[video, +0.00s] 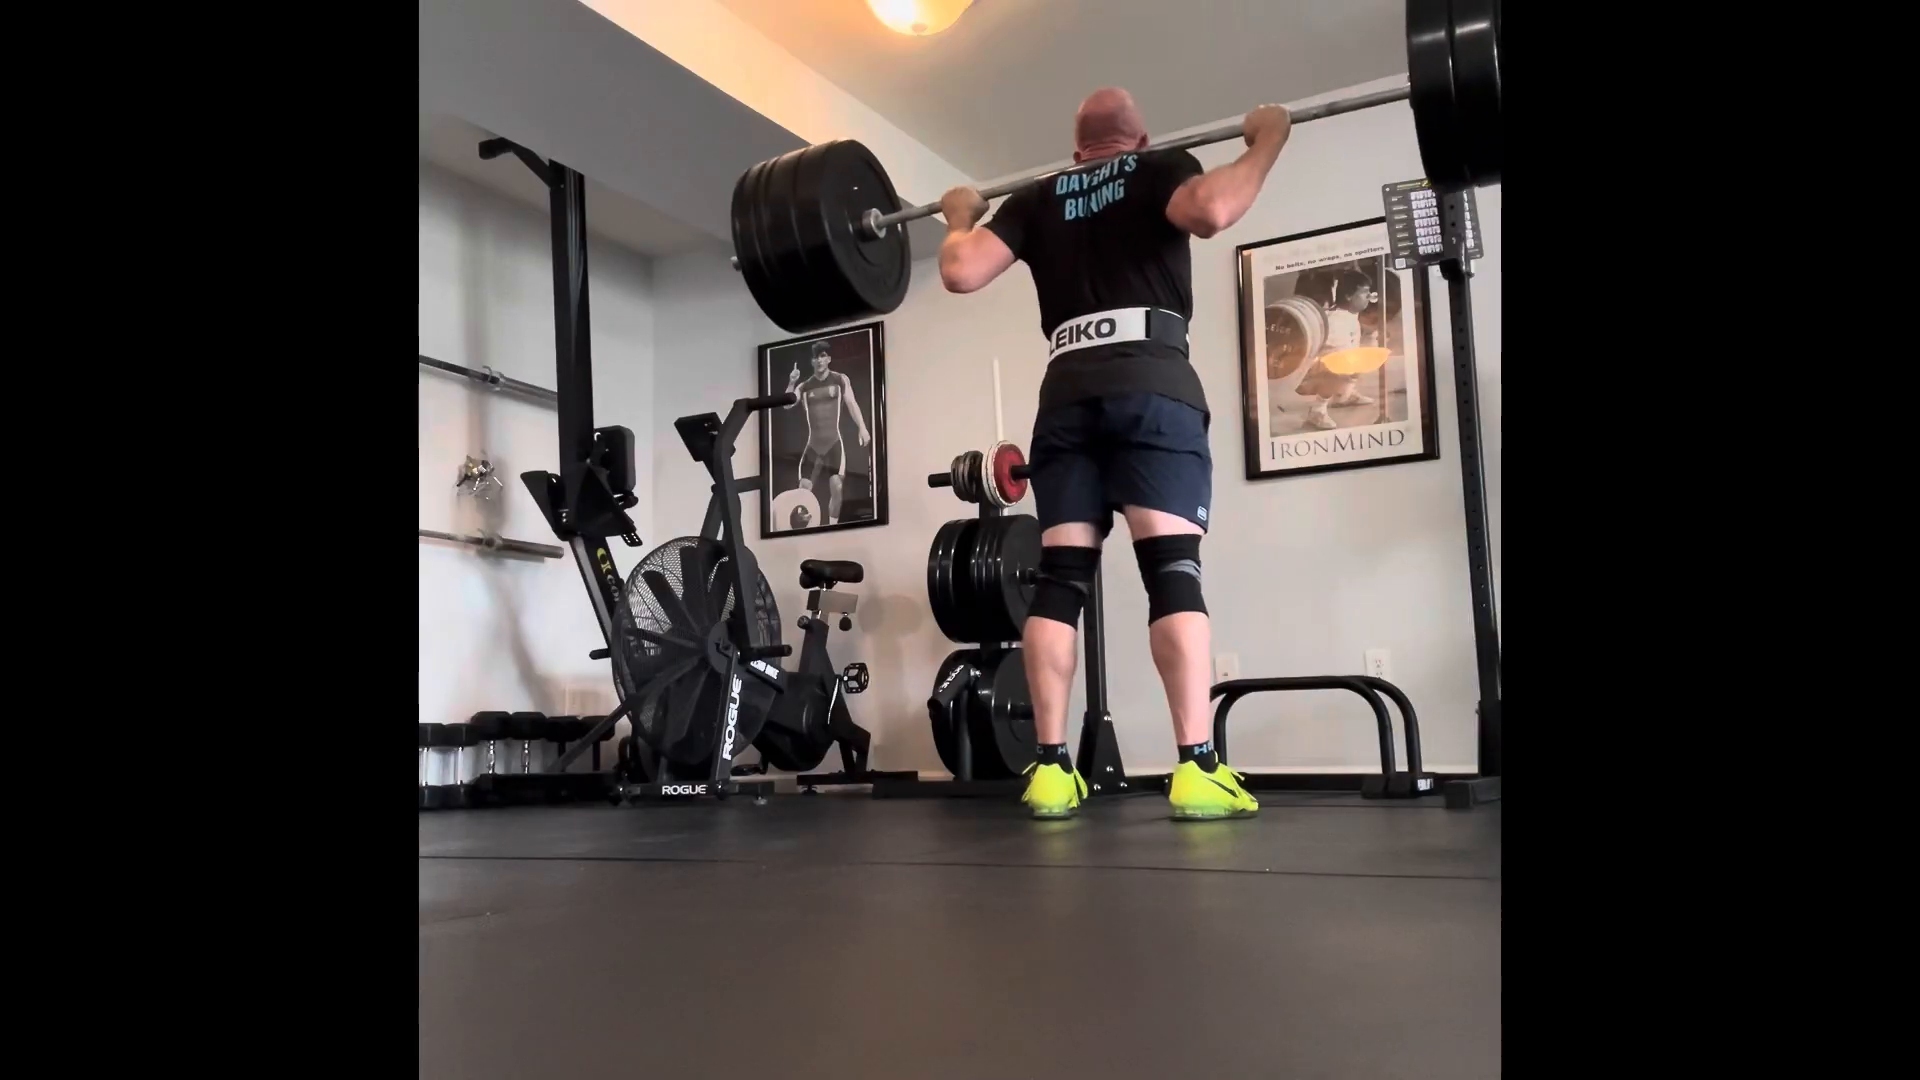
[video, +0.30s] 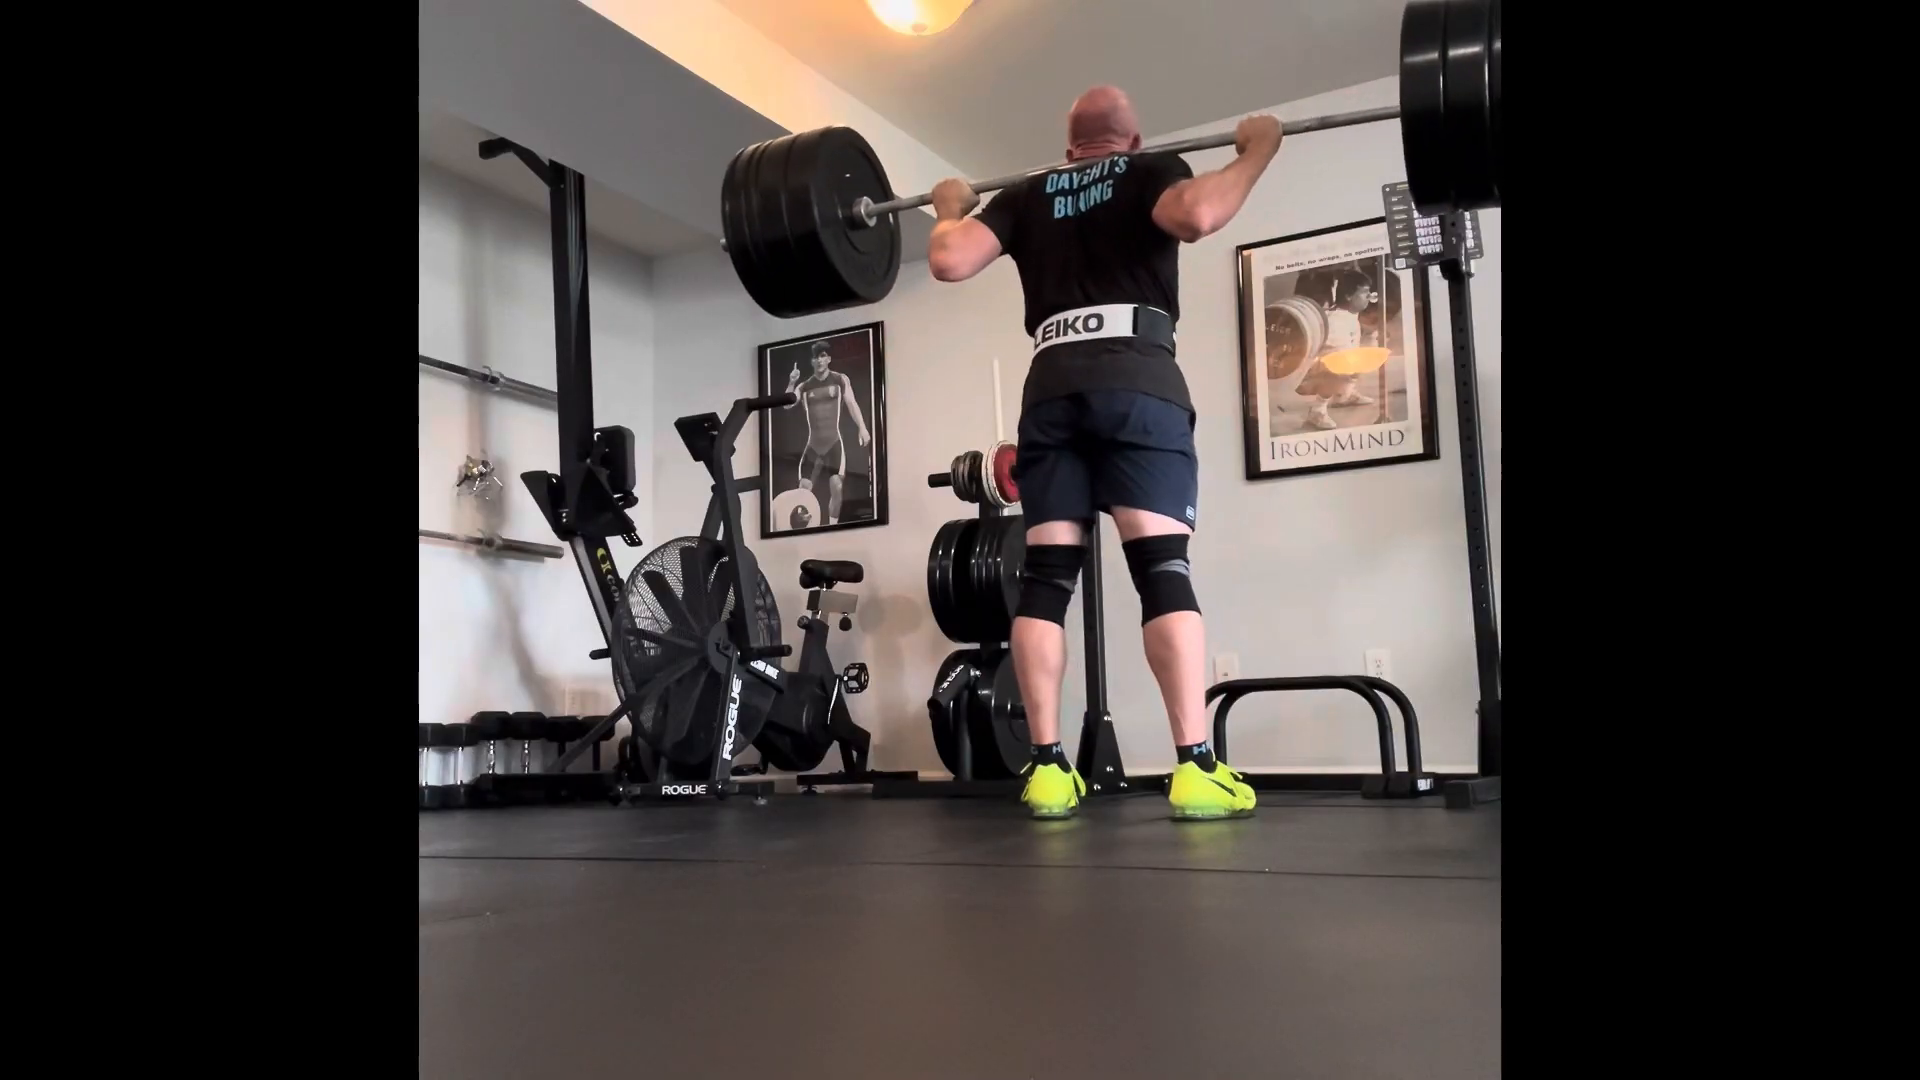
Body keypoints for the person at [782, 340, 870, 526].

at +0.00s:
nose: (819, 361)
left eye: (823, 357)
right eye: (816, 357)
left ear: (829, 359)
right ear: (811, 361)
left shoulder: (840, 380)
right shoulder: (803, 386)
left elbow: (851, 405)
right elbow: (787, 405)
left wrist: (862, 428)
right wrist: (791, 384)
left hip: (834, 442)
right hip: (813, 444)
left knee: (836, 484)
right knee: (804, 485)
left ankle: (832, 528)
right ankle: (802, 528)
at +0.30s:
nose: (820, 361)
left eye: (823, 357)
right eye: (816, 357)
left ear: (829, 359)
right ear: (811, 361)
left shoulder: (840, 380)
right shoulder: (803, 386)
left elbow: (852, 405)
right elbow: (787, 405)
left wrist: (862, 428)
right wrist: (791, 384)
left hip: (834, 443)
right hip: (812, 444)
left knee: (836, 484)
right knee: (804, 486)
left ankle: (832, 528)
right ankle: (802, 528)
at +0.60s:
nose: (819, 361)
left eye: (822, 356)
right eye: (815, 357)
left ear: (829, 359)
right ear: (811, 361)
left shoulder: (840, 380)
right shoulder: (803, 386)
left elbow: (852, 405)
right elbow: (787, 406)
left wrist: (862, 428)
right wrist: (792, 383)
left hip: (834, 443)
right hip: (813, 444)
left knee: (836, 485)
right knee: (804, 486)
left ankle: (832, 529)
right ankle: (802, 528)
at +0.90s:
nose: (819, 361)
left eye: (823, 356)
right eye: (816, 357)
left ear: (829, 359)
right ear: (811, 361)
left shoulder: (840, 380)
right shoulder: (803, 386)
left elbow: (852, 405)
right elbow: (787, 406)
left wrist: (862, 428)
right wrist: (791, 384)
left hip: (834, 442)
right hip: (813, 444)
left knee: (836, 485)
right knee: (804, 486)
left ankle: (832, 529)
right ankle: (802, 528)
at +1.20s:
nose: (819, 361)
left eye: (823, 356)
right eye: (816, 357)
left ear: (829, 359)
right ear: (811, 361)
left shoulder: (840, 380)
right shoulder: (803, 386)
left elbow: (852, 405)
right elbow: (787, 406)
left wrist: (862, 428)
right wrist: (791, 384)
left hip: (834, 442)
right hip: (813, 444)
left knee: (836, 485)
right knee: (804, 486)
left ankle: (832, 529)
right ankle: (802, 528)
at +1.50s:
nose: (819, 361)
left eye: (823, 356)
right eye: (816, 357)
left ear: (829, 359)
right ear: (811, 361)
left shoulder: (840, 380)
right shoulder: (803, 386)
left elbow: (852, 405)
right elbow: (787, 406)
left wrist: (862, 428)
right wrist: (791, 384)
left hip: (834, 442)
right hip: (813, 444)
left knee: (836, 485)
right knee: (804, 486)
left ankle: (832, 529)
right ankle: (802, 528)